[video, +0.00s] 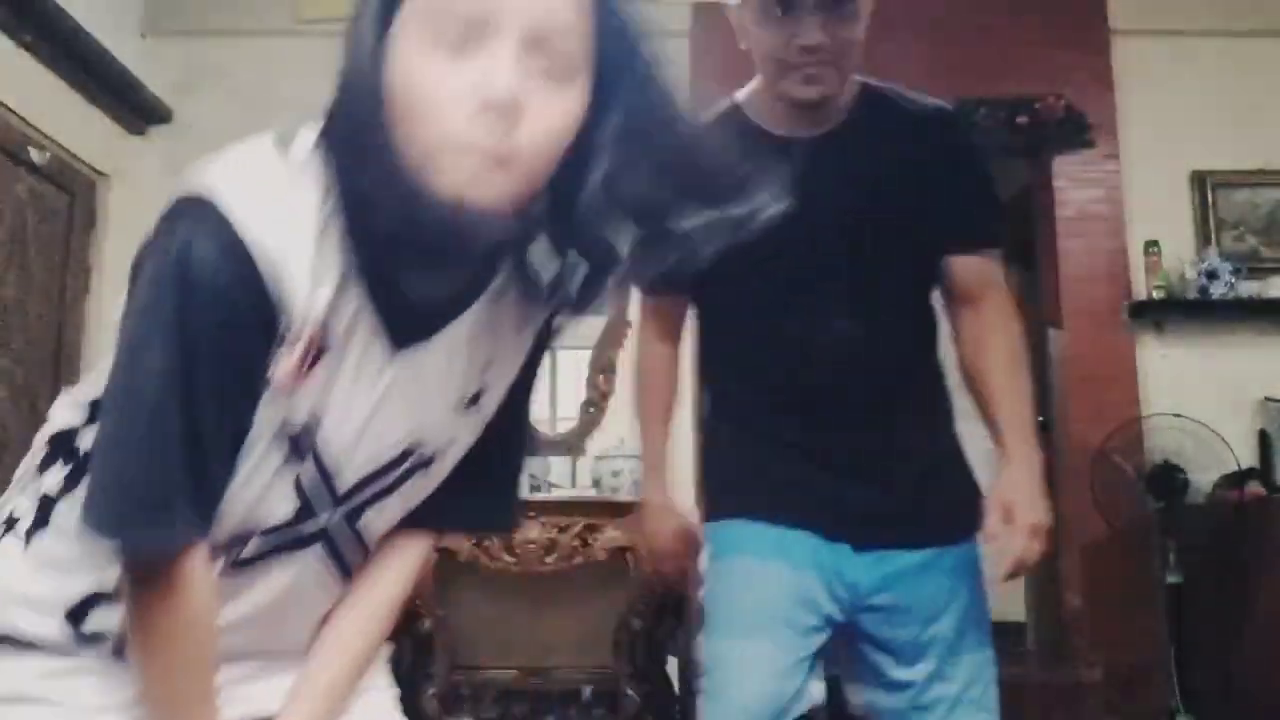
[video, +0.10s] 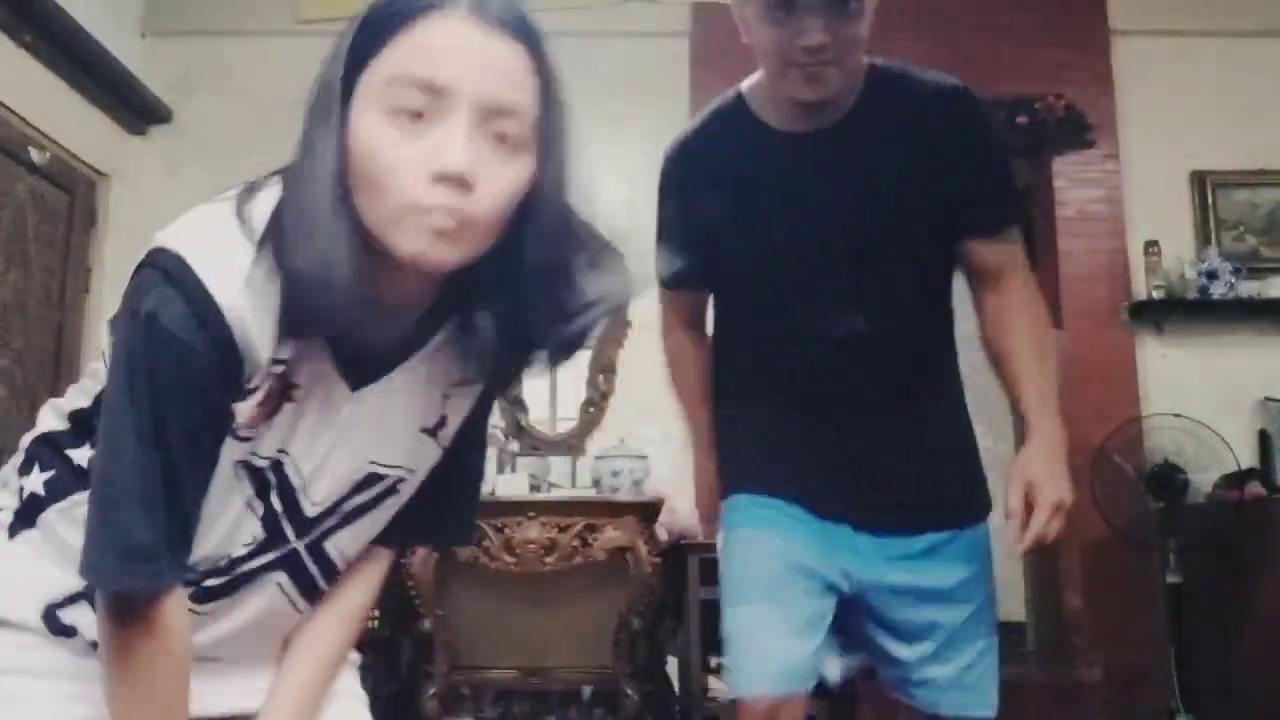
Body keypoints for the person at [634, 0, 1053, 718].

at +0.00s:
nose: (812, 36)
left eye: (836, 12)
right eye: (783, 13)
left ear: (868, 16)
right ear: (739, 22)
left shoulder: (929, 139)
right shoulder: (698, 159)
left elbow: (980, 297)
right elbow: (661, 324)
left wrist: (1021, 460)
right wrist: (656, 490)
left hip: (922, 518)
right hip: (762, 520)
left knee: (949, 708)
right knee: (743, 708)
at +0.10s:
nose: (815, 35)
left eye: (838, 9)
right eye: (784, 12)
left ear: (871, 11)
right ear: (740, 18)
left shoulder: (940, 118)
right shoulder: (701, 160)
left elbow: (1003, 274)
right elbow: (683, 324)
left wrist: (1044, 433)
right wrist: (705, 469)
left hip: (931, 492)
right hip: (775, 493)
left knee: (959, 708)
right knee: (767, 701)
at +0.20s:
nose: (803, 38)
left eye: (828, 9)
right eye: (771, 12)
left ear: (860, 9)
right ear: (724, 16)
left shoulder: (940, 102)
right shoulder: (693, 159)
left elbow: (1022, 257)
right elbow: (701, 321)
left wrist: (1055, 427)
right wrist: (766, 426)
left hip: (940, 480)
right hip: (787, 481)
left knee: (945, 707)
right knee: (801, 702)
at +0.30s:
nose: (784, 65)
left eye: (811, 36)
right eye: (756, 35)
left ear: (849, 29)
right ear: (713, 28)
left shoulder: (935, 113)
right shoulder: (683, 169)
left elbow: (1031, 267)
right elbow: (709, 335)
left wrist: (1059, 445)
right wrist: (804, 410)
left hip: (945, 486)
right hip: (793, 493)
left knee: (957, 707)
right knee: (821, 705)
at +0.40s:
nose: (776, 105)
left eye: (805, 75)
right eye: (747, 76)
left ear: (845, 64)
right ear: (700, 66)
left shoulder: (939, 154)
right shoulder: (672, 199)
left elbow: (1037, 312)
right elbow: (709, 373)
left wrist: (1061, 498)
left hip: (937, 518)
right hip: (776, 524)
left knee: (943, 709)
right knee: (794, 709)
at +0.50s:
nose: (768, 121)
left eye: (798, 90)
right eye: (741, 88)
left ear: (844, 67)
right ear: (694, 68)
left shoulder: (940, 167)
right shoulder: (659, 201)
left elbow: (1033, 350)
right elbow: (697, 378)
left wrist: (1062, 539)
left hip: (930, 546)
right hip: (761, 551)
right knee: (771, 706)